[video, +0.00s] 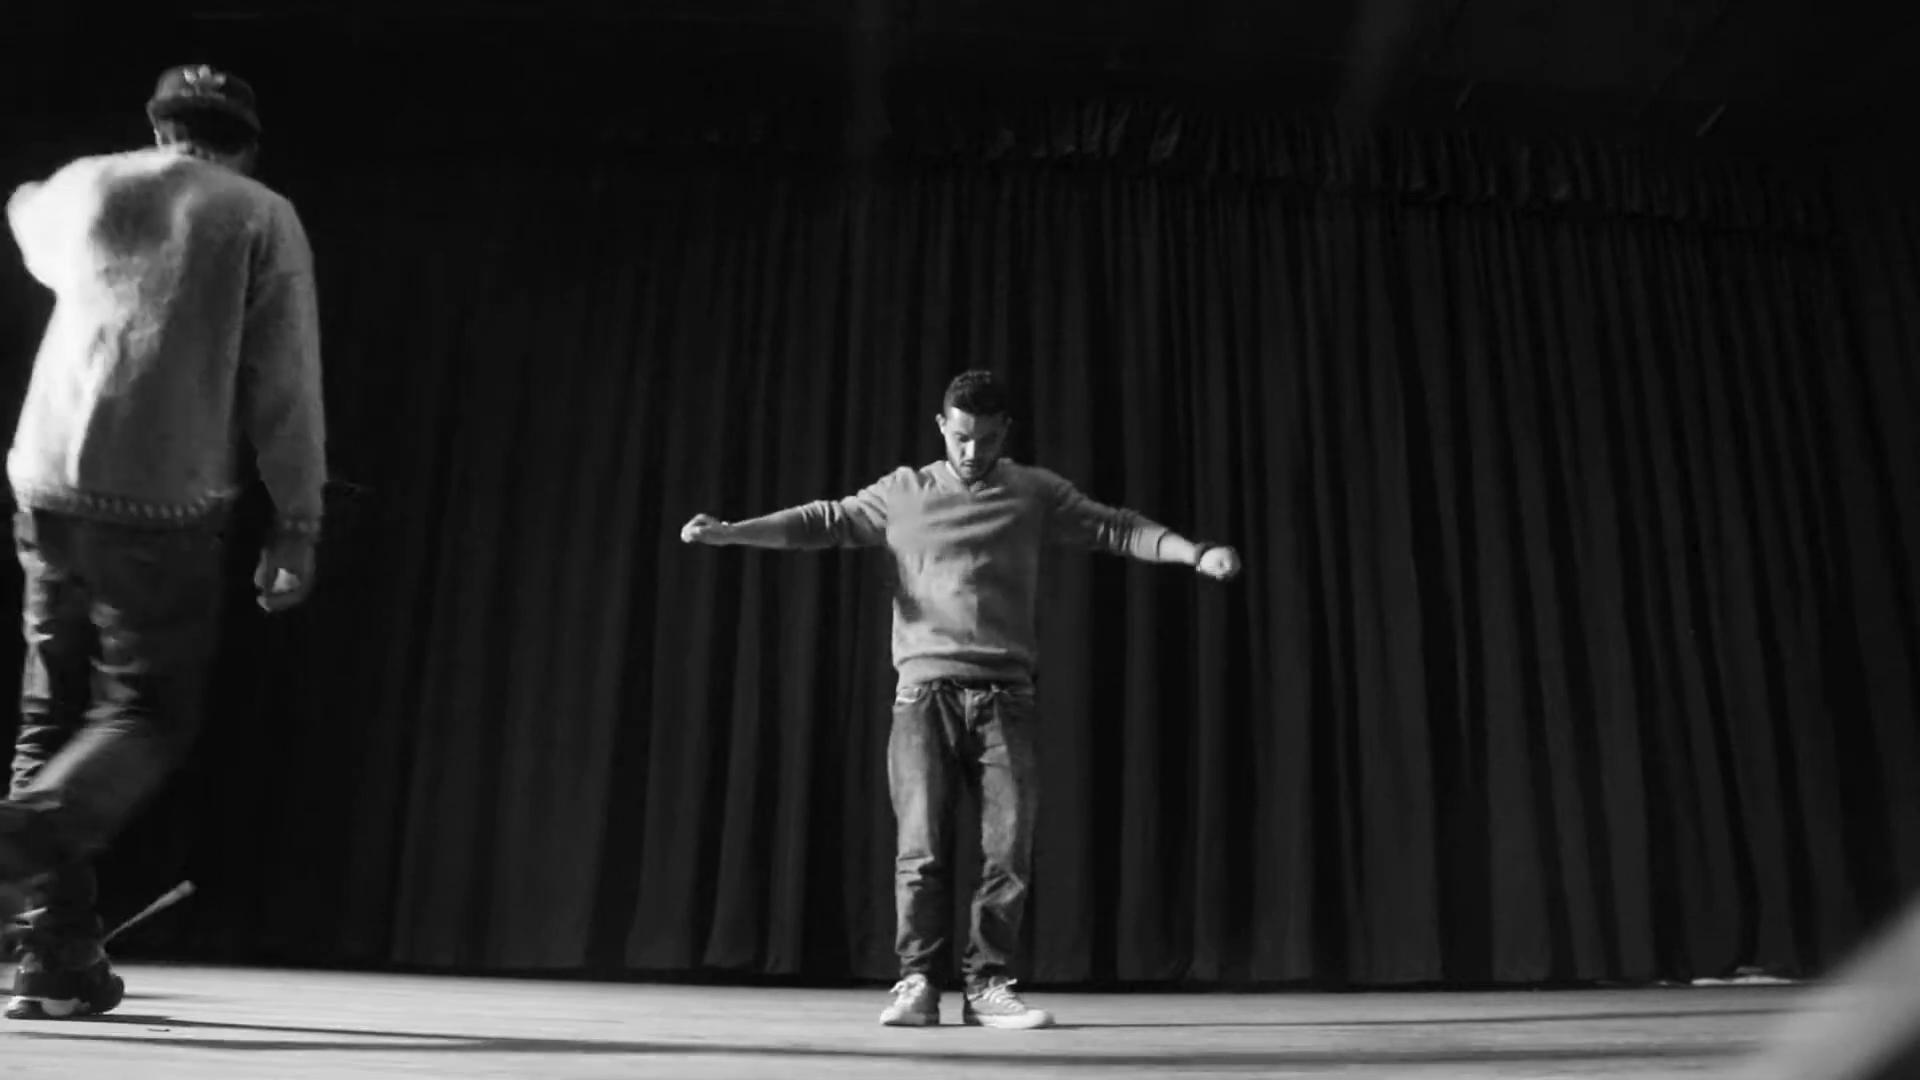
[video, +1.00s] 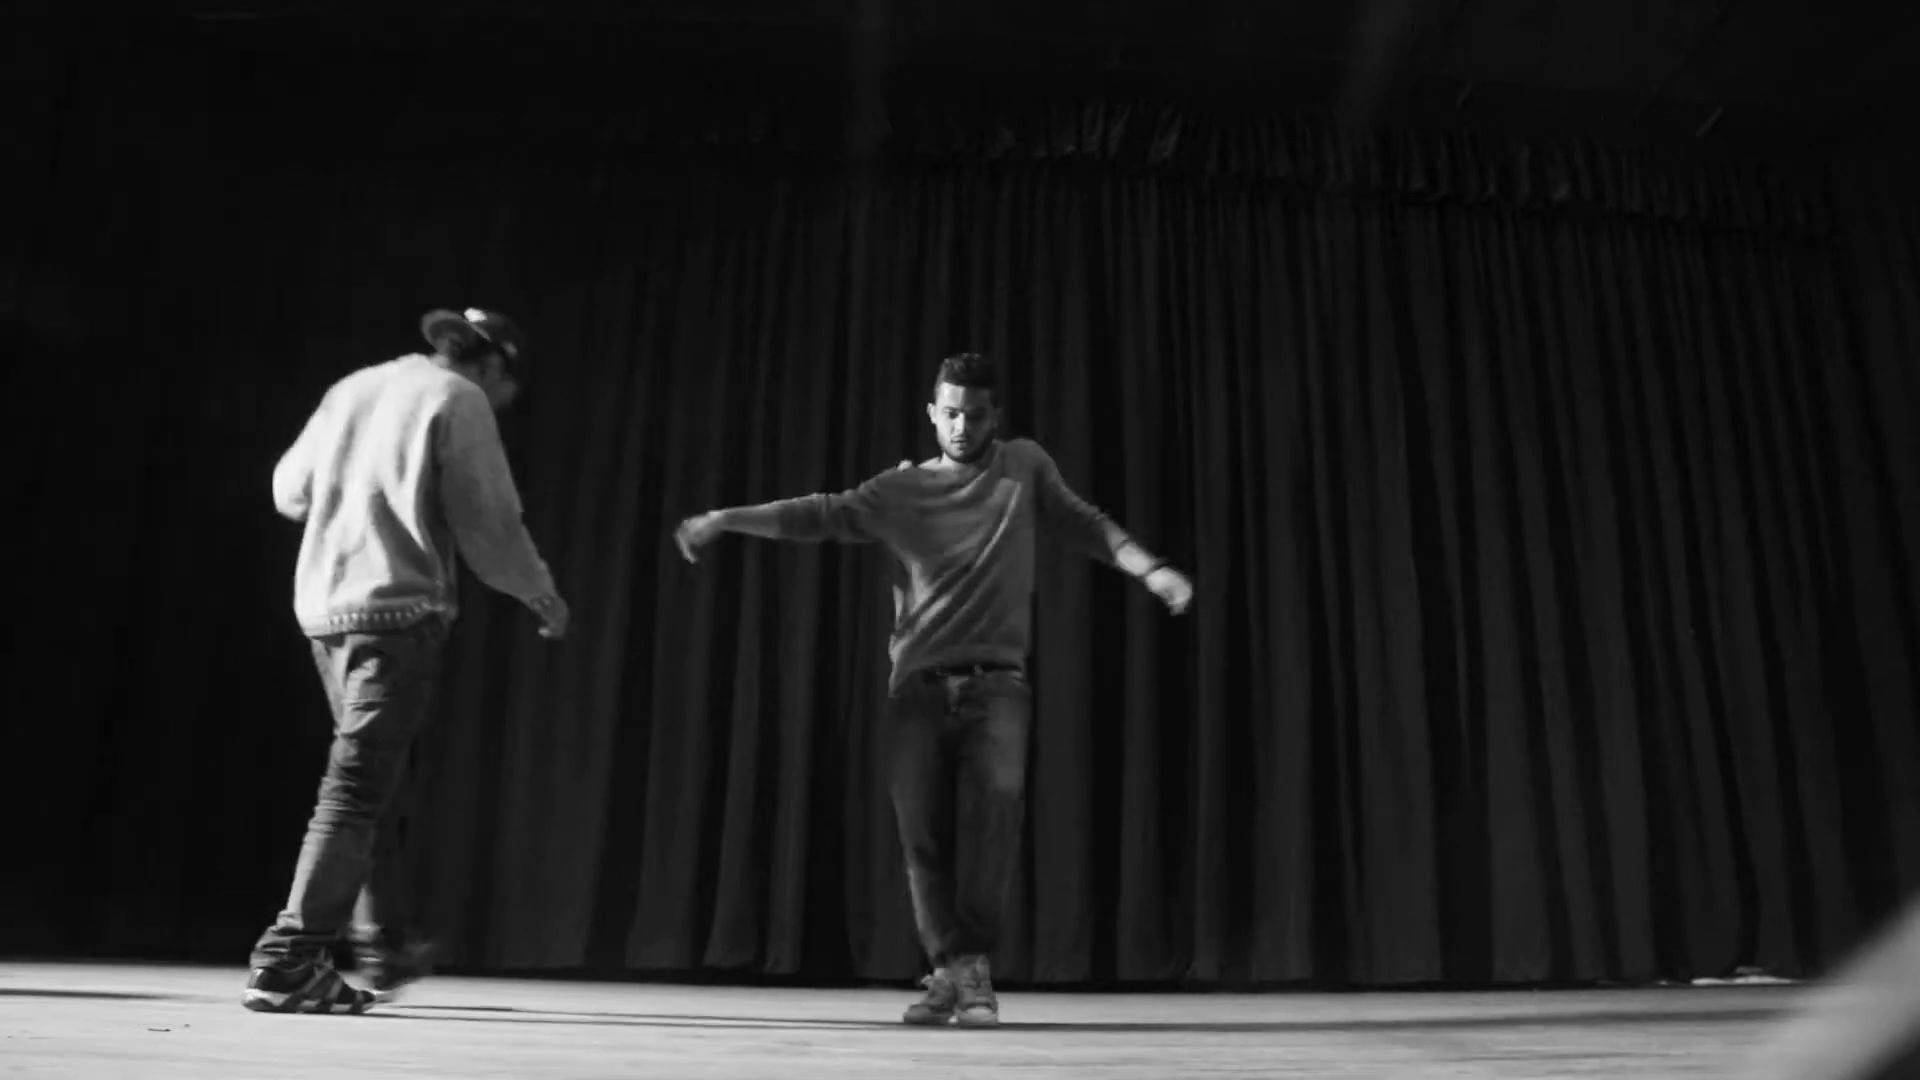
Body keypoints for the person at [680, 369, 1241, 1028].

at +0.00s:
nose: (973, 449)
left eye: (985, 436)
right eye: (962, 435)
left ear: (1006, 432)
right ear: (942, 428)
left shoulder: (1036, 492)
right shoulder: (904, 493)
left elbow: (1116, 529)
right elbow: (823, 519)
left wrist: (1195, 553)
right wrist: (733, 531)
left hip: (1006, 690)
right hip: (925, 690)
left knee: (1009, 848)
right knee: (923, 845)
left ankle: (992, 989)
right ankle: (916, 985)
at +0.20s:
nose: (969, 443)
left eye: (981, 431)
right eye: (959, 429)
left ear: (1005, 429)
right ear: (942, 427)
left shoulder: (1040, 481)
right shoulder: (913, 486)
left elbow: (1116, 521)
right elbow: (826, 502)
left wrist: (1185, 559)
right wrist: (733, 522)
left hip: (1002, 681)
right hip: (922, 679)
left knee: (998, 842)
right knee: (908, 835)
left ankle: (982, 981)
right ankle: (892, 976)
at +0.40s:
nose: (969, 444)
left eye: (982, 430)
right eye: (958, 430)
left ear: (1005, 426)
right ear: (944, 425)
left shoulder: (1042, 472)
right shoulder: (916, 498)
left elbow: (1102, 523)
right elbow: (826, 526)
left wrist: (1157, 558)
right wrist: (733, 537)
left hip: (1007, 677)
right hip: (932, 668)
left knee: (993, 833)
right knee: (914, 795)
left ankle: (973, 974)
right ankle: (830, 918)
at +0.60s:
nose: (973, 437)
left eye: (987, 425)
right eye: (962, 424)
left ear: (1008, 421)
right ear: (945, 418)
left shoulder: (1044, 476)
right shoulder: (917, 474)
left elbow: (1133, 496)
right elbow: (849, 518)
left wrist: (1191, 552)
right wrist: (766, 552)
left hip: (1005, 680)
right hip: (927, 672)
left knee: (997, 831)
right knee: (920, 795)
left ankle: (979, 977)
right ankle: (904, 945)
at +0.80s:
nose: (969, 429)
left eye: (982, 416)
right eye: (959, 415)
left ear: (1003, 415)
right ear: (942, 413)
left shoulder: (1040, 479)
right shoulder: (909, 468)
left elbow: (1117, 510)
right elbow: (832, 500)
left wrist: (1199, 537)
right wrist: (768, 552)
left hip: (1004, 682)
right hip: (924, 677)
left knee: (994, 839)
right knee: (918, 829)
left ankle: (979, 981)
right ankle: (915, 974)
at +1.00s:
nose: (961, 428)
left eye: (974, 415)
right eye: (949, 414)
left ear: (994, 414)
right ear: (931, 413)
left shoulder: (1025, 466)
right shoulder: (900, 488)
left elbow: (1089, 526)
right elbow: (817, 513)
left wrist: (1150, 570)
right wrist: (721, 519)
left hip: (998, 681)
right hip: (920, 684)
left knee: (1000, 806)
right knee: (921, 832)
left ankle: (965, 969)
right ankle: (956, 974)